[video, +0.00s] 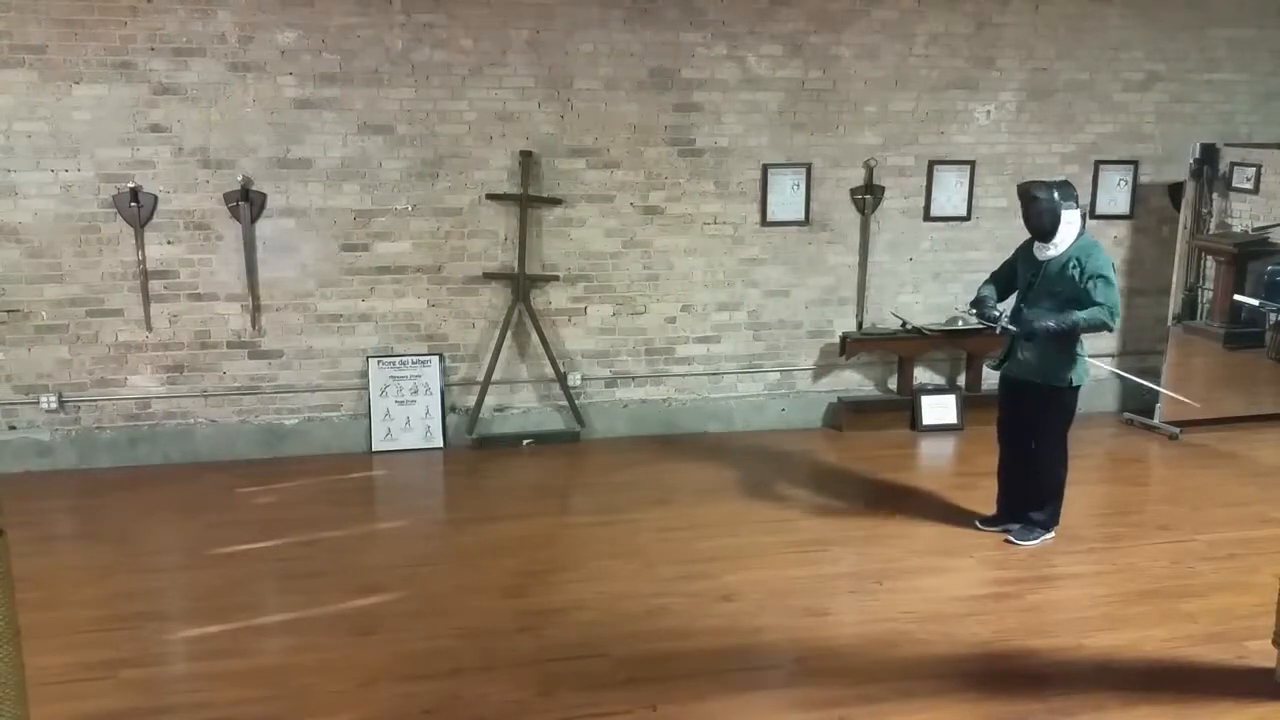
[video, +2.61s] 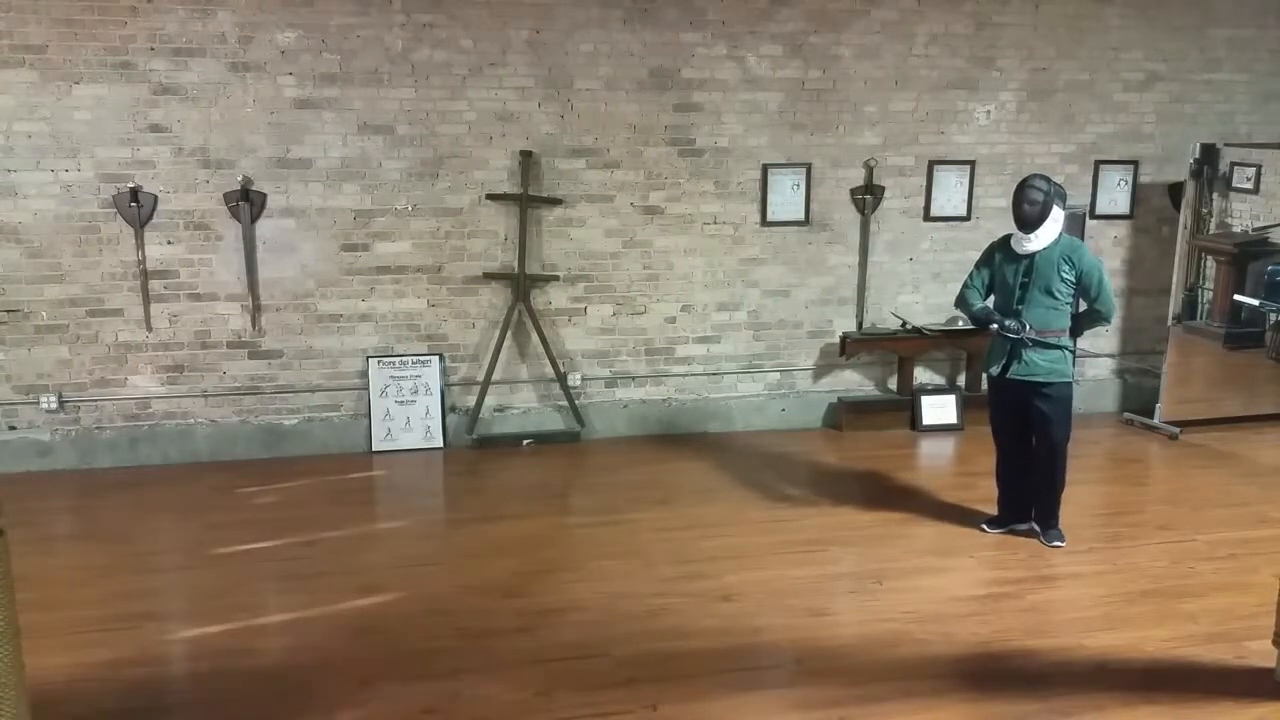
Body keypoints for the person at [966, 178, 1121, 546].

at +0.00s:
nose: (1028, 221)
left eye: (1036, 214)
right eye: (1027, 214)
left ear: (1060, 212)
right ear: (1032, 214)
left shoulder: (1090, 257)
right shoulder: (1029, 251)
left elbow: (1108, 314)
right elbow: (997, 284)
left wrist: (1053, 322)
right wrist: (986, 300)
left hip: (1057, 374)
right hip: (1017, 368)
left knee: (1048, 449)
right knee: (1012, 443)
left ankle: (1043, 521)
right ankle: (1009, 511)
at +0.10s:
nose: (1031, 214)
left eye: (1039, 207)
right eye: (1030, 208)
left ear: (1063, 211)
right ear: (1033, 211)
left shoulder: (1090, 257)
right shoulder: (1028, 251)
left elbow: (1120, 308)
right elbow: (995, 284)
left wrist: (1081, 334)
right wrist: (985, 303)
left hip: (1056, 375)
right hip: (1016, 370)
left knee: (1050, 449)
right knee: (1011, 445)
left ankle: (1043, 520)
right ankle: (1009, 511)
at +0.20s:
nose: (1030, 213)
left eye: (1038, 207)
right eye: (1029, 206)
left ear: (1062, 209)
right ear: (1031, 208)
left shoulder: (1086, 254)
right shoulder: (1025, 249)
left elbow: (1130, 300)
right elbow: (992, 284)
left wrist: (1127, 352)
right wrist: (983, 304)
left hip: (1054, 374)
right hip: (1015, 368)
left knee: (1048, 449)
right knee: (1010, 444)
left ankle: (1042, 520)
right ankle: (1009, 512)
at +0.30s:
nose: (1031, 212)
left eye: (1040, 206)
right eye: (1029, 205)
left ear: (1062, 209)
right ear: (1027, 206)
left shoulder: (1083, 250)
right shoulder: (1022, 248)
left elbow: (1134, 291)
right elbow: (990, 284)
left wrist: (1169, 337)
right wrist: (980, 306)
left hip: (1052, 368)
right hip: (1014, 363)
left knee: (1045, 443)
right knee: (1010, 441)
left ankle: (1042, 519)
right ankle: (1010, 512)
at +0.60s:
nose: (1025, 216)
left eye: (1032, 208)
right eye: (1021, 208)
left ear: (1054, 207)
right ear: (1015, 206)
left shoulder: (1078, 246)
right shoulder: (1008, 249)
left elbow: (1137, 281)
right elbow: (977, 287)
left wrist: (1142, 335)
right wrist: (975, 312)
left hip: (1050, 363)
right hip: (1009, 360)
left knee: (1043, 444)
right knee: (1010, 441)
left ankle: (1040, 521)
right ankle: (1010, 513)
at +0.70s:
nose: (1023, 213)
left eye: (1032, 206)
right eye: (1019, 205)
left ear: (1053, 208)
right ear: (1013, 204)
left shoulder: (1076, 246)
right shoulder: (1006, 248)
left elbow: (1121, 291)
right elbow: (972, 288)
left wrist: (1089, 335)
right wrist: (979, 314)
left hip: (1051, 363)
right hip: (1008, 361)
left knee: (1045, 445)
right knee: (1010, 442)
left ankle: (1041, 521)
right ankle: (1010, 514)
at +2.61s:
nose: (1024, 209)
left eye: (1032, 202)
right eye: (1020, 201)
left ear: (1053, 207)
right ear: (1013, 203)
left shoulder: (1075, 254)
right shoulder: (1000, 250)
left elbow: (1104, 310)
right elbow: (967, 296)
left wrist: (1069, 328)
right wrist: (995, 320)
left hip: (1050, 371)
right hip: (1004, 369)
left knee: (1050, 450)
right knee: (1009, 448)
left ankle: (1048, 522)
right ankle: (1013, 515)